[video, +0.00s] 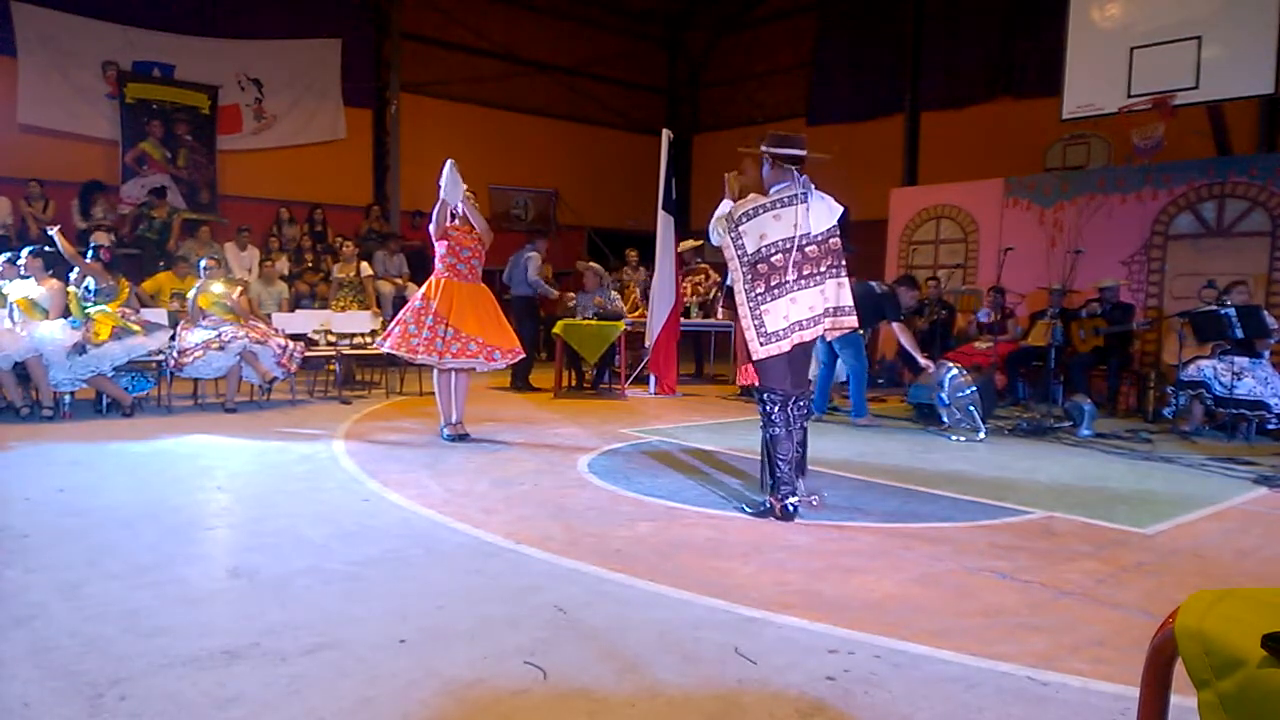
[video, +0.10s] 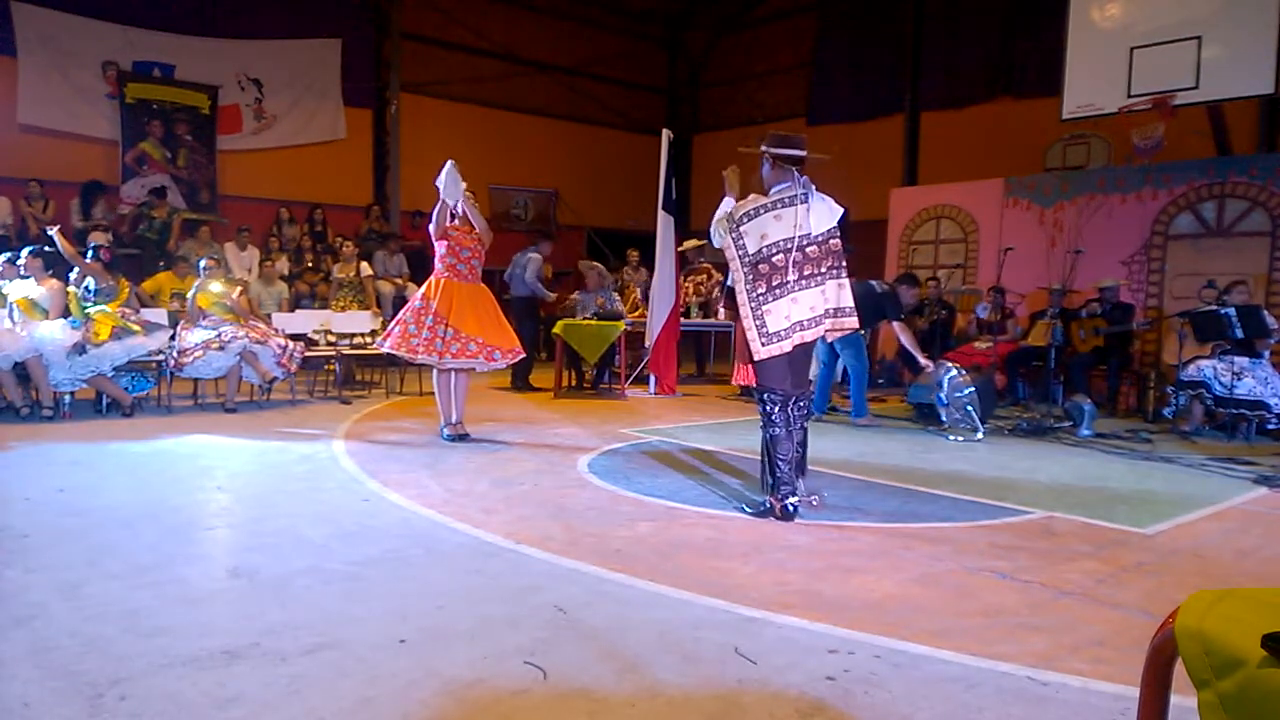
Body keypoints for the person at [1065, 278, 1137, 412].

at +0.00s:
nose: (1111, 294)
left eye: (1114, 291)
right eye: (1108, 291)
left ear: (1118, 292)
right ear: (1101, 293)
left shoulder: (1126, 308)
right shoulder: (1093, 304)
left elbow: (1121, 320)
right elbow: (1067, 316)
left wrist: (1102, 311)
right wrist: (1084, 312)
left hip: (1117, 349)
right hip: (1096, 348)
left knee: (1114, 365)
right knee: (1077, 362)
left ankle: (1111, 404)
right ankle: (1082, 400)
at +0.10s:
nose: (1111, 294)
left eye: (1114, 291)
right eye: (1108, 291)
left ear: (1118, 292)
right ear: (1101, 293)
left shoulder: (1126, 308)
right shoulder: (1093, 304)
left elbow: (1121, 320)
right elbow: (1067, 316)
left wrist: (1102, 311)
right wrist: (1084, 312)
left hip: (1117, 349)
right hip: (1096, 348)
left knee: (1114, 365)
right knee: (1077, 362)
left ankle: (1111, 404)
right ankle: (1082, 400)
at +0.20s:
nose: (1111, 295)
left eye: (1114, 291)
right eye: (1107, 291)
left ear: (1117, 292)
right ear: (1101, 293)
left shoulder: (1126, 308)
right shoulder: (1092, 305)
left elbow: (1120, 320)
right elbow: (1067, 316)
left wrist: (1101, 311)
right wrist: (1084, 312)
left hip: (1117, 349)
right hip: (1096, 348)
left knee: (1114, 365)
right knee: (1077, 362)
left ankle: (1111, 403)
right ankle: (1082, 400)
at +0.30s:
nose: (1111, 294)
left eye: (1113, 291)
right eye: (1107, 291)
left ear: (1117, 292)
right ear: (1100, 293)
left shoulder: (1126, 308)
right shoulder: (1092, 304)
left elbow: (1120, 321)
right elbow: (1067, 316)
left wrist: (1101, 312)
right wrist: (1084, 312)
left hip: (1117, 349)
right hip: (1096, 348)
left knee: (1115, 365)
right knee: (1077, 362)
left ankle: (1111, 403)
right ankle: (1082, 400)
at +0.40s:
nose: (1112, 294)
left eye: (1114, 290)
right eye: (1108, 291)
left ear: (1118, 292)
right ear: (1101, 292)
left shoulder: (1126, 308)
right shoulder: (1093, 304)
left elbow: (1120, 320)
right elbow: (1066, 316)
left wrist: (1101, 312)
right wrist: (1081, 313)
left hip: (1117, 349)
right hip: (1096, 348)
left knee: (1115, 365)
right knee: (1077, 362)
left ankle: (1111, 403)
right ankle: (1082, 400)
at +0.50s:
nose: (1112, 294)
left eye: (1114, 291)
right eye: (1108, 291)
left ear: (1118, 292)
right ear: (1101, 293)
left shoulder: (1127, 308)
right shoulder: (1092, 305)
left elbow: (1121, 320)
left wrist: (1098, 312)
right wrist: (1080, 313)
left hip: (1118, 349)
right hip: (1097, 348)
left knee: (1115, 365)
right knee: (1077, 362)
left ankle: (1111, 403)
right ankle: (1082, 400)